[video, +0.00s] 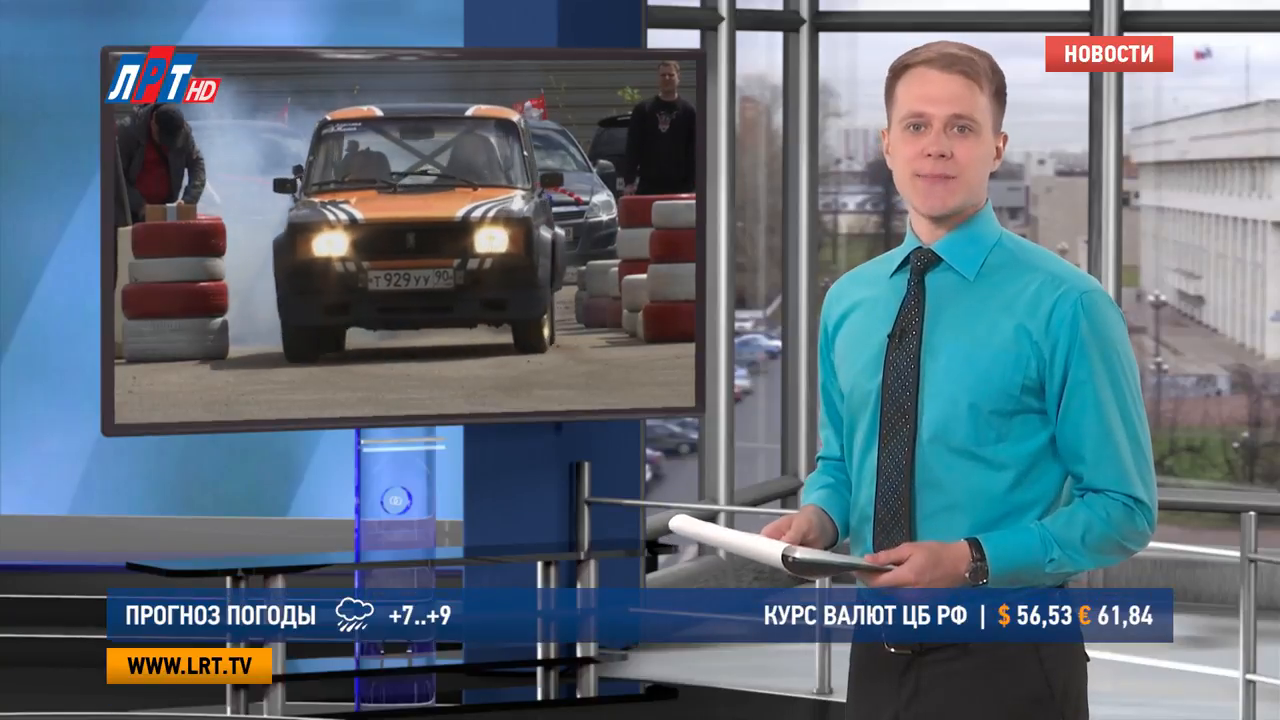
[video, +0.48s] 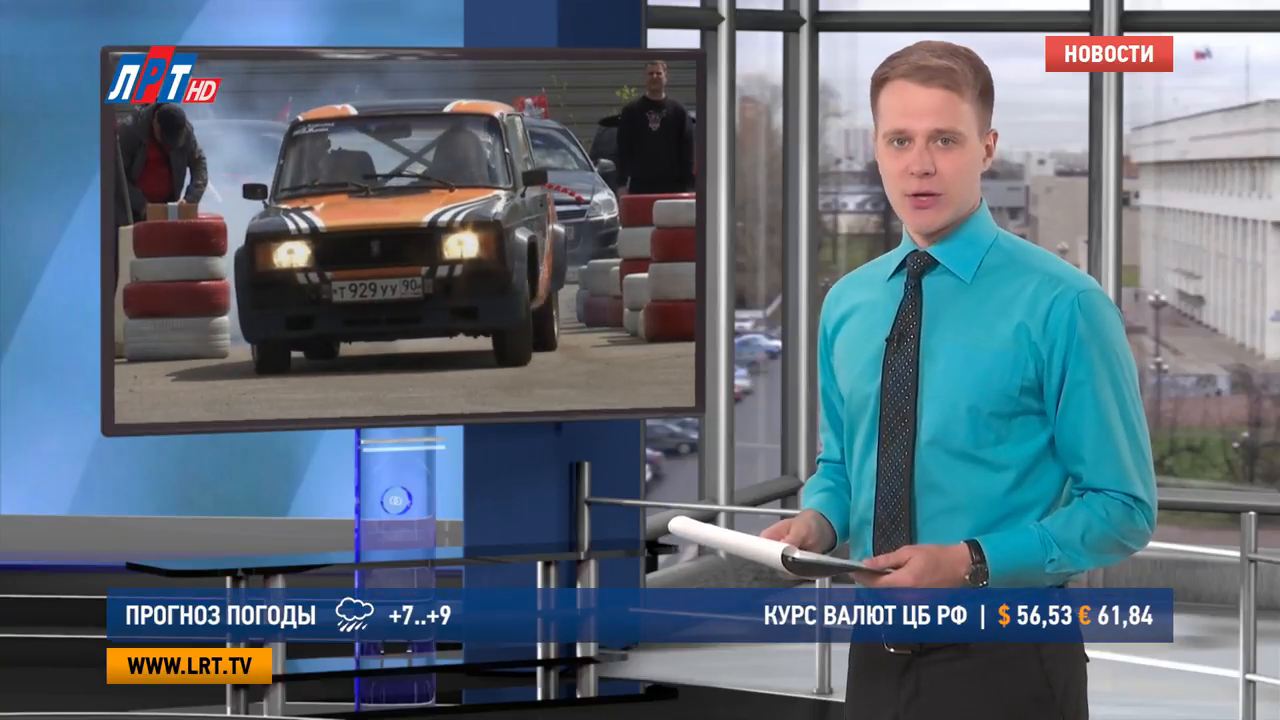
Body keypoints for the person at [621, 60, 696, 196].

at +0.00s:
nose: (667, 79)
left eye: (670, 75)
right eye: (663, 75)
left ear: (678, 78)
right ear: (658, 79)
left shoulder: (689, 112)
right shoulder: (642, 110)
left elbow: (695, 150)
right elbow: (633, 147)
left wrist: (695, 185)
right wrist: (629, 182)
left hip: (681, 184)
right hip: (649, 183)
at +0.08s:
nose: (666, 78)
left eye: (670, 75)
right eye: (662, 75)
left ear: (677, 78)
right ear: (657, 78)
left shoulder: (689, 112)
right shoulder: (642, 110)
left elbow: (695, 151)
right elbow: (632, 148)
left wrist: (695, 186)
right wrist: (628, 184)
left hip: (681, 185)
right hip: (649, 185)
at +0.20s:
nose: (663, 78)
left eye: (666, 75)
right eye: (659, 75)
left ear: (674, 78)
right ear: (654, 78)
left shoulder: (686, 112)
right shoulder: (639, 110)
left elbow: (693, 151)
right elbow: (630, 148)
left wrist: (692, 187)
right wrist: (626, 186)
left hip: (679, 186)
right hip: (647, 185)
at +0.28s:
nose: (660, 78)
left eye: (664, 74)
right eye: (656, 74)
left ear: (672, 78)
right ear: (651, 78)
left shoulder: (684, 112)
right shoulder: (637, 112)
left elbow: (690, 151)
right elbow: (628, 149)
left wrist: (690, 187)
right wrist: (625, 186)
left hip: (677, 186)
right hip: (645, 185)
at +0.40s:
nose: (656, 77)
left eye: (660, 74)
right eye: (653, 74)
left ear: (668, 77)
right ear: (648, 77)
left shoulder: (681, 112)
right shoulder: (633, 111)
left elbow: (689, 150)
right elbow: (625, 149)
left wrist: (689, 187)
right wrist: (623, 185)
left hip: (675, 186)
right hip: (642, 185)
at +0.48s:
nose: (654, 77)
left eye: (658, 73)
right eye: (650, 74)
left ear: (666, 77)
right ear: (645, 77)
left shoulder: (678, 112)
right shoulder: (631, 111)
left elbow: (686, 150)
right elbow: (623, 149)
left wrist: (687, 186)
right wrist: (622, 184)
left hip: (673, 184)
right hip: (640, 184)